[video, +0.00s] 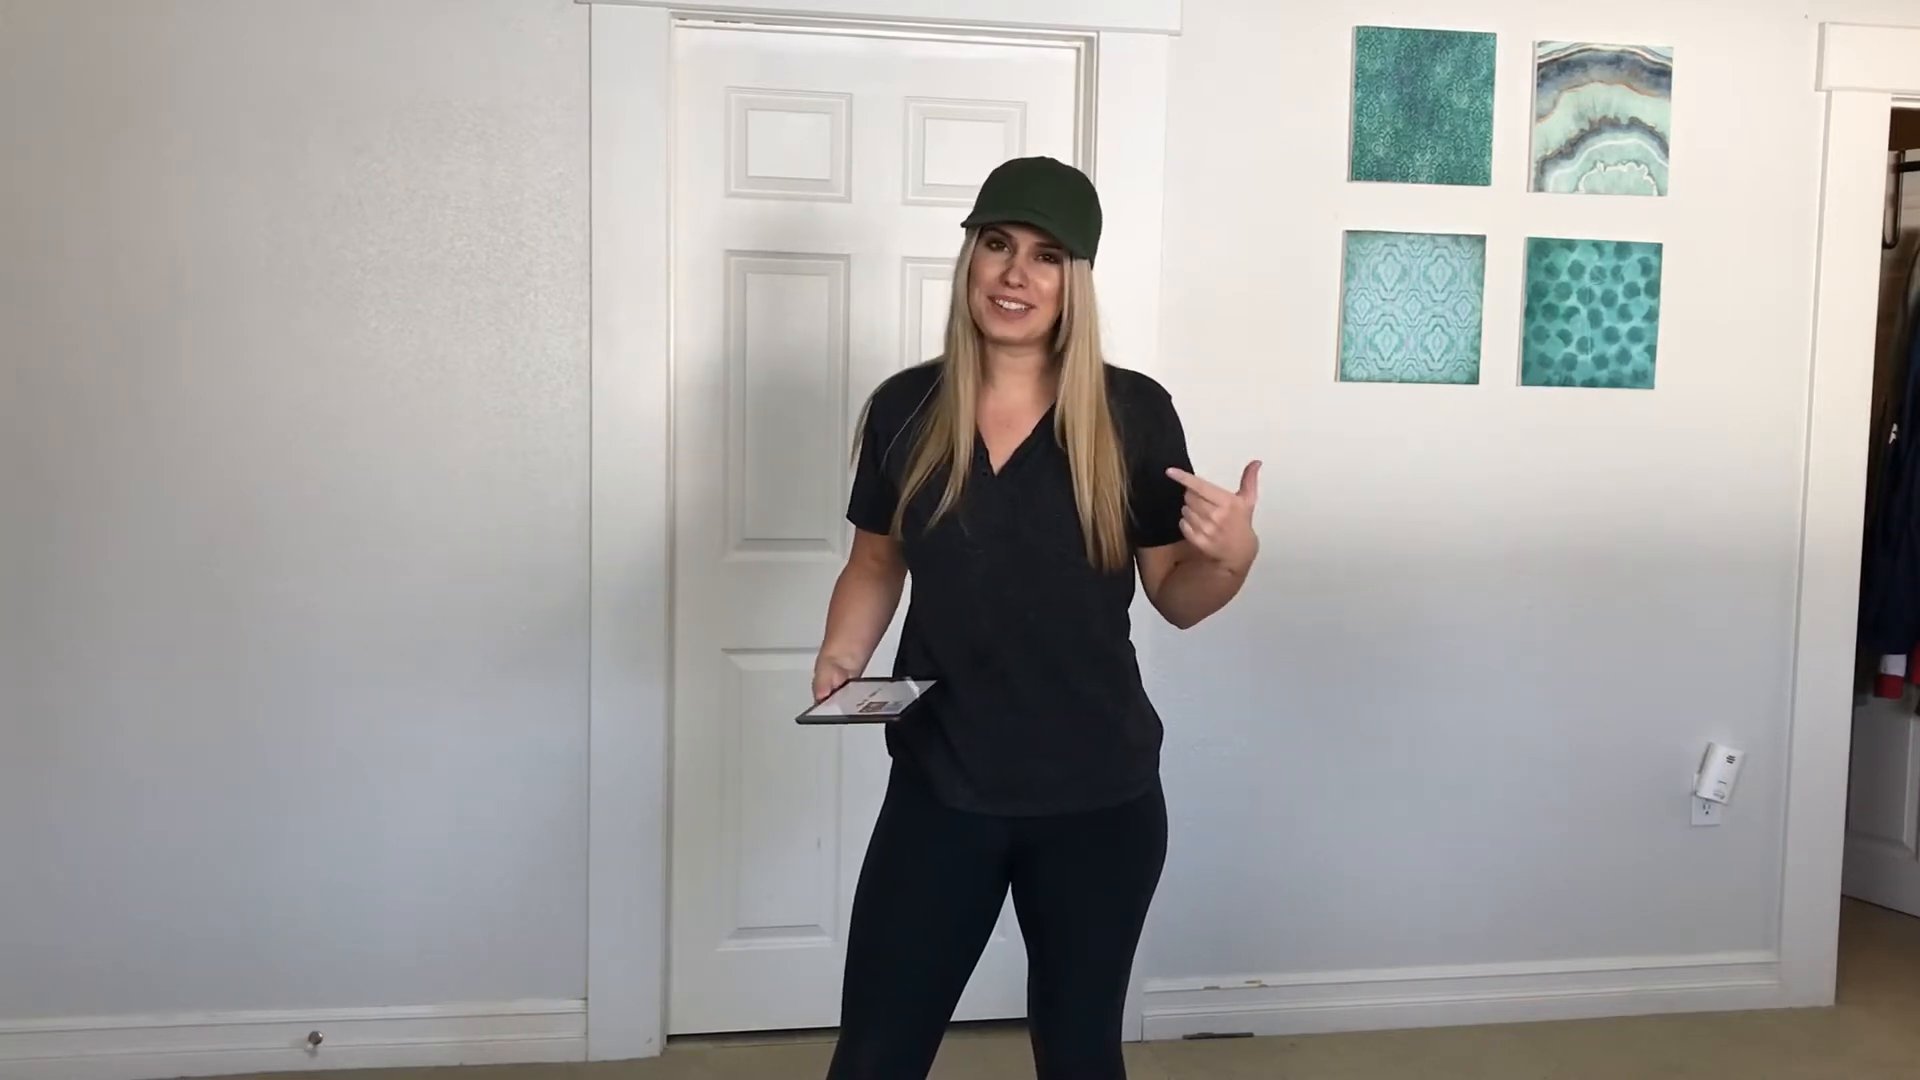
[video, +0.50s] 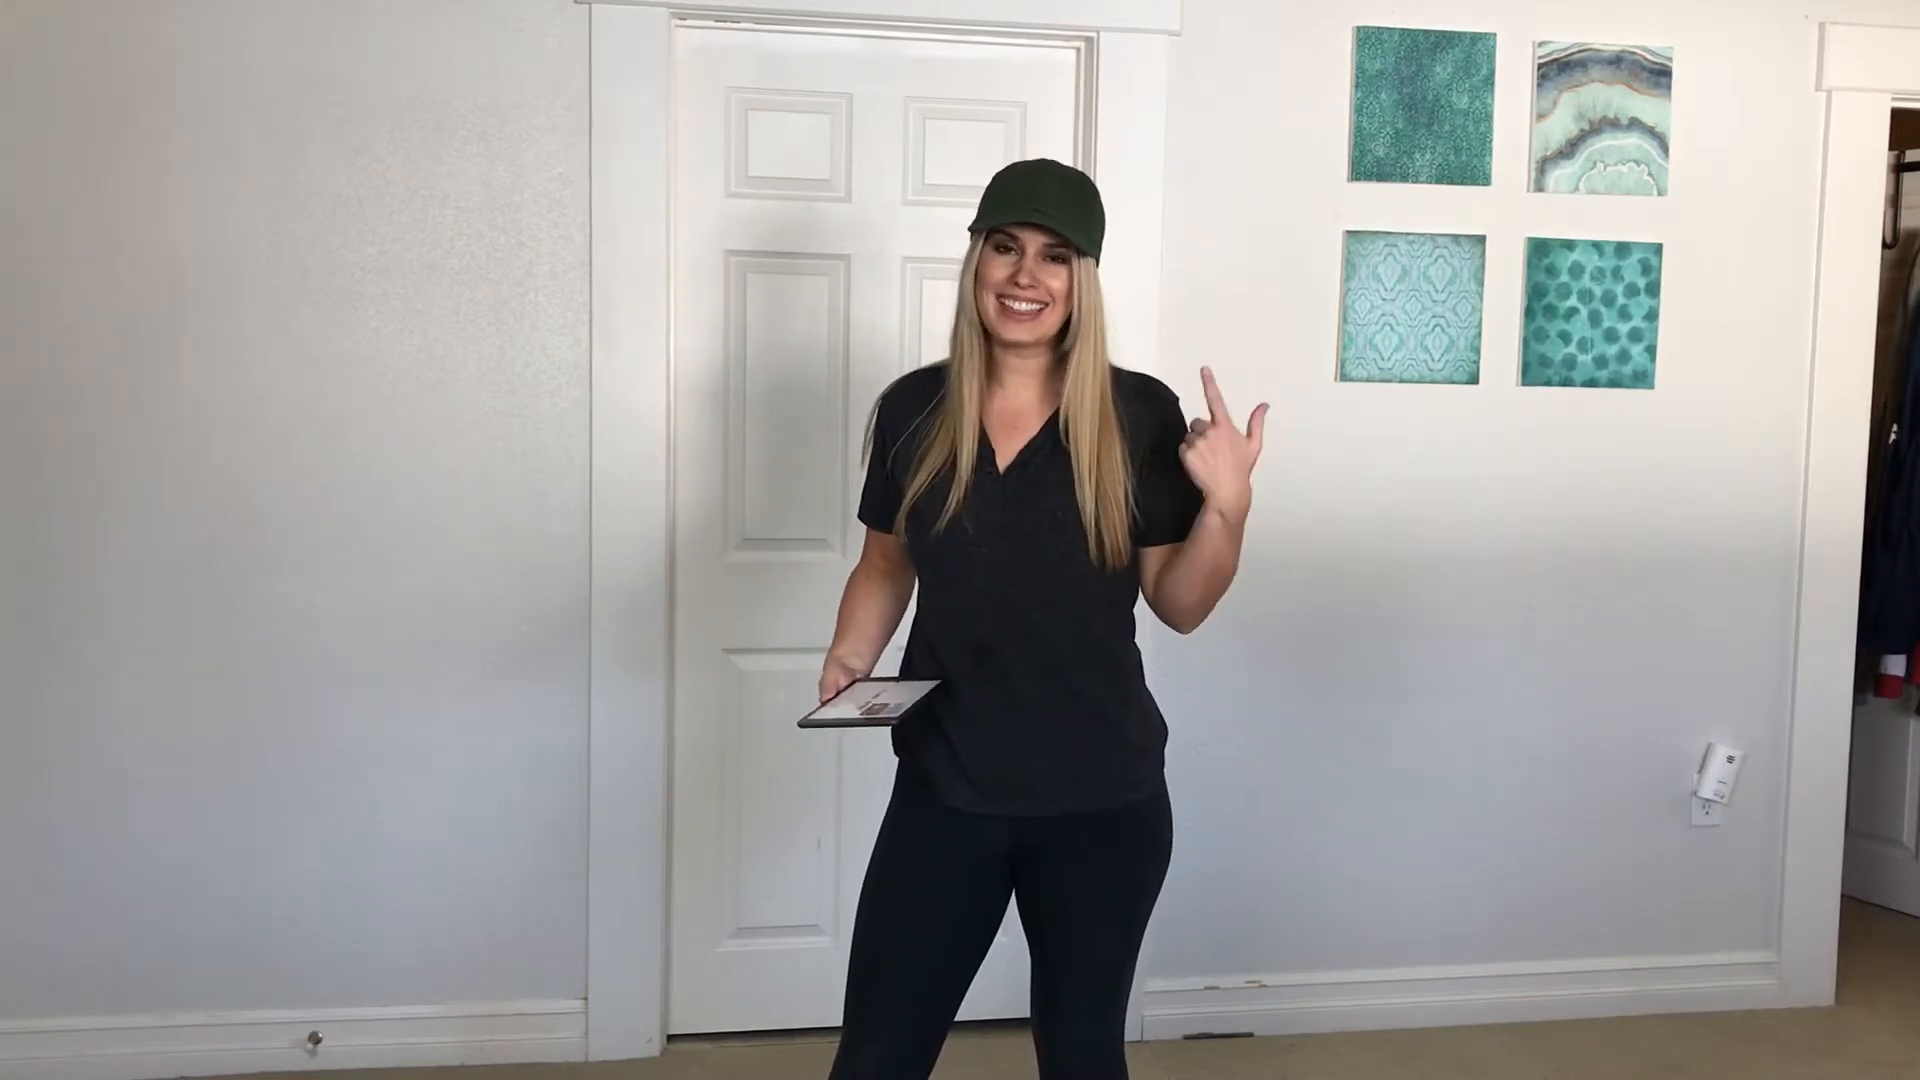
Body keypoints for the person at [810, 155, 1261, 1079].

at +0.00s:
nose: (1015, 272)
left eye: (1044, 256)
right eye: (998, 246)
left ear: (1076, 281)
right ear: (967, 261)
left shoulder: (1132, 411)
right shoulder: (907, 408)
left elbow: (1178, 598)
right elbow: (875, 562)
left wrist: (1229, 559)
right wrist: (840, 658)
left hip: (1096, 792)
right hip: (943, 786)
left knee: (1078, 1055)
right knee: (875, 1056)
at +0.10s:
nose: (1016, 276)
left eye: (1045, 258)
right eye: (998, 249)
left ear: (1077, 281)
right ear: (967, 262)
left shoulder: (1131, 412)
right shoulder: (909, 408)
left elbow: (1169, 600)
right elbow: (878, 564)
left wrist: (1222, 560)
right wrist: (841, 658)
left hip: (1096, 794)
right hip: (943, 790)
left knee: (1079, 1054)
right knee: (875, 1057)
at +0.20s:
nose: (1017, 277)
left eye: (1047, 258)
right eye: (998, 250)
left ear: (1077, 281)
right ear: (967, 263)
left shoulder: (1133, 413)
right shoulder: (909, 410)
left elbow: (1174, 602)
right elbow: (879, 564)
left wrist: (1224, 565)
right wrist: (842, 658)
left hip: (1097, 796)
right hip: (944, 791)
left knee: (1080, 1056)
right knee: (875, 1058)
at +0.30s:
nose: (1019, 276)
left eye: (1048, 258)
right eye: (1000, 250)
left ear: (1078, 281)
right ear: (968, 264)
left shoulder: (1135, 412)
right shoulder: (911, 411)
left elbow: (1178, 603)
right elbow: (883, 566)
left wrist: (1225, 556)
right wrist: (843, 660)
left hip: (1098, 795)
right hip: (944, 791)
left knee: (1080, 1057)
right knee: (874, 1059)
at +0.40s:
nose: (1021, 276)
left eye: (1050, 257)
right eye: (1002, 250)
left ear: (1080, 281)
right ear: (970, 264)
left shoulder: (1134, 412)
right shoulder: (913, 411)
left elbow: (1179, 605)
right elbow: (885, 565)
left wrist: (1223, 539)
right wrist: (847, 660)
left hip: (1099, 796)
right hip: (945, 792)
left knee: (1081, 1057)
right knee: (875, 1059)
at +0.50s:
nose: (1025, 274)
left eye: (1054, 257)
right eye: (1006, 249)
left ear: (1083, 281)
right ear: (974, 264)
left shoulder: (1136, 413)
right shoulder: (914, 410)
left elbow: (1179, 604)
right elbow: (884, 565)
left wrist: (1226, 512)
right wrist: (848, 659)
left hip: (1099, 797)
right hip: (947, 792)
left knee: (1080, 1058)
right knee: (875, 1059)